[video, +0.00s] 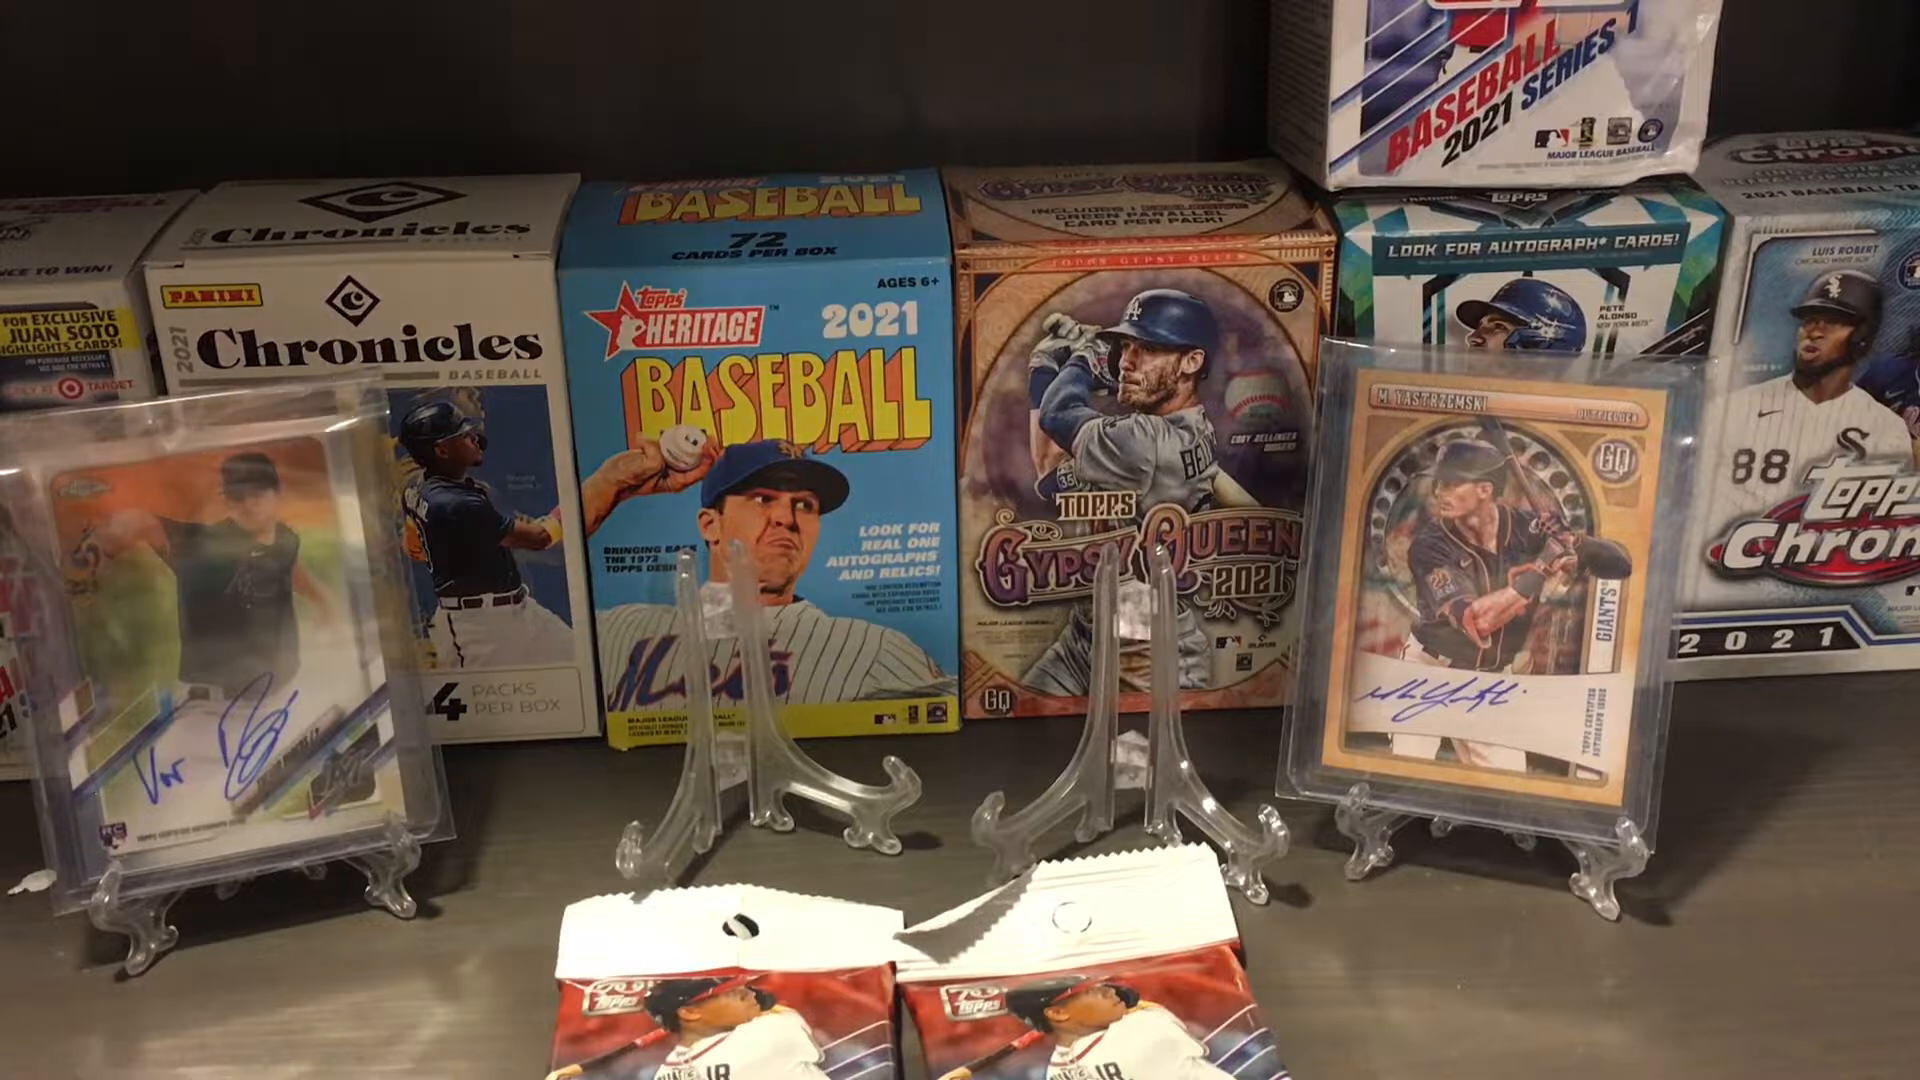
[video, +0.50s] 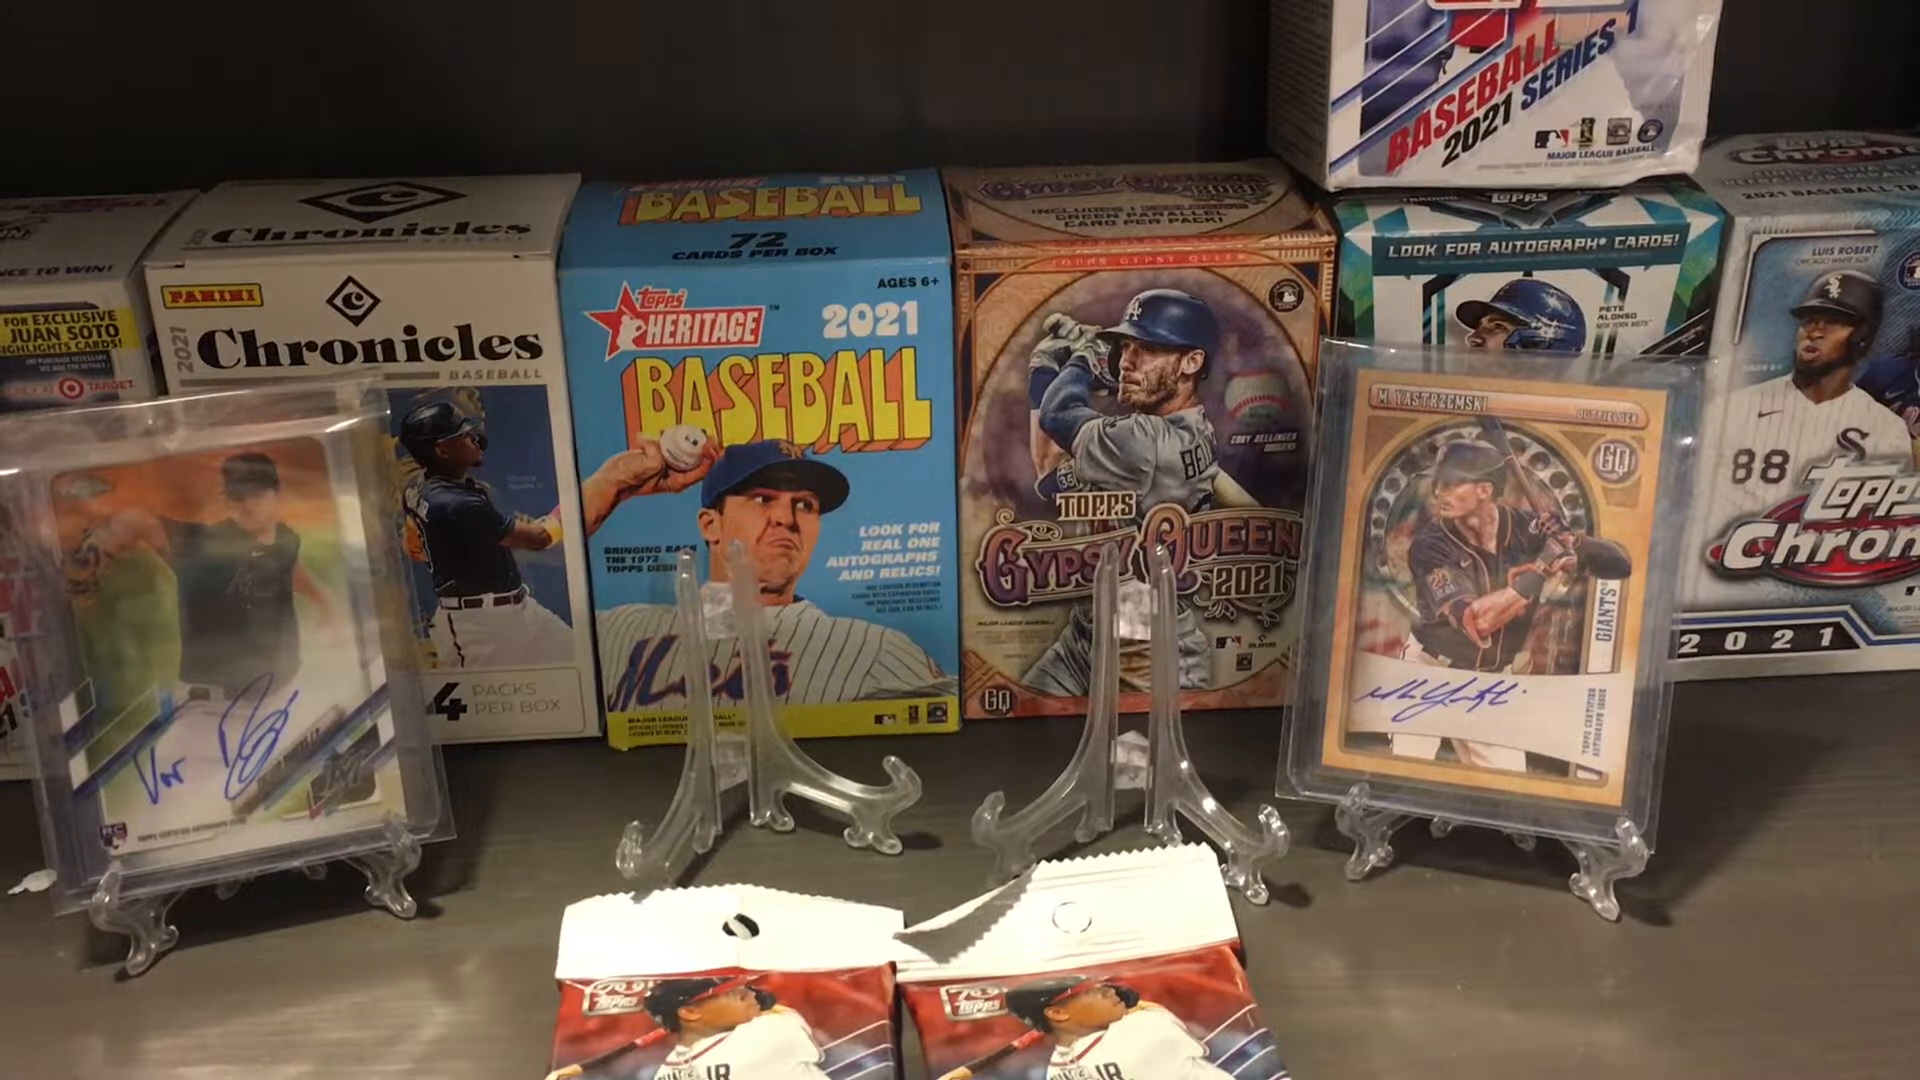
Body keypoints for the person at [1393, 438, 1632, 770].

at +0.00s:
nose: (1439, 493)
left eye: (1451, 485)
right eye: (1439, 484)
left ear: (1484, 491)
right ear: (1435, 486)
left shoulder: (1527, 528)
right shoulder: (1430, 541)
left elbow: (1622, 563)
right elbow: (1474, 623)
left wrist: (1577, 551)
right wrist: (1538, 571)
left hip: (1495, 676)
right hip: (1429, 669)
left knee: (1508, 792)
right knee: (1410, 774)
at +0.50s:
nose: (1439, 492)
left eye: (1451, 484)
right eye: (1439, 484)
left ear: (1484, 491)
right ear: (1435, 487)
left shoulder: (1526, 528)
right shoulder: (1430, 542)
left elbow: (1622, 564)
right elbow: (1475, 623)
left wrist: (1577, 551)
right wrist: (1539, 571)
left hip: (1495, 677)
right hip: (1429, 670)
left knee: (1509, 792)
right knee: (1410, 775)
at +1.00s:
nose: (1439, 493)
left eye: (1451, 485)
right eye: (1439, 485)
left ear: (1484, 491)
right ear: (1435, 487)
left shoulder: (1526, 529)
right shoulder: (1430, 541)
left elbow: (1622, 564)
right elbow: (1473, 623)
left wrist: (1575, 546)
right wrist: (1539, 571)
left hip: (1494, 677)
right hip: (1429, 669)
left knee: (1509, 790)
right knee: (1411, 774)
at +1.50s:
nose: (1440, 492)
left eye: (1452, 485)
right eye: (1439, 484)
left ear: (1485, 490)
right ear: (1436, 486)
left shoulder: (1526, 528)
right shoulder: (1430, 542)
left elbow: (1622, 563)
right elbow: (1474, 622)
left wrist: (1575, 547)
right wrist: (1540, 570)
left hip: (1495, 676)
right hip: (1430, 669)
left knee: (1509, 788)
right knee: (1412, 772)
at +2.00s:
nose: (1439, 491)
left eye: (1451, 484)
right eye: (1439, 483)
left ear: (1484, 490)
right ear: (1436, 485)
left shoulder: (1526, 528)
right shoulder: (1430, 540)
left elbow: (1621, 562)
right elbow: (1474, 622)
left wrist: (1574, 550)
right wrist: (1540, 567)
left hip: (1493, 677)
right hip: (1429, 670)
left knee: (1509, 788)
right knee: (1409, 775)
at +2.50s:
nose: (1439, 492)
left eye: (1451, 484)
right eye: (1439, 483)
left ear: (1484, 490)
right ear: (1436, 486)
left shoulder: (1527, 528)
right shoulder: (1430, 540)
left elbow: (1622, 562)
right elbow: (1474, 622)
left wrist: (1574, 551)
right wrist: (1540, 569)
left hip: (1495, 676)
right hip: (1429, 668)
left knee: (1508, 787)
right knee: (1411, 772)